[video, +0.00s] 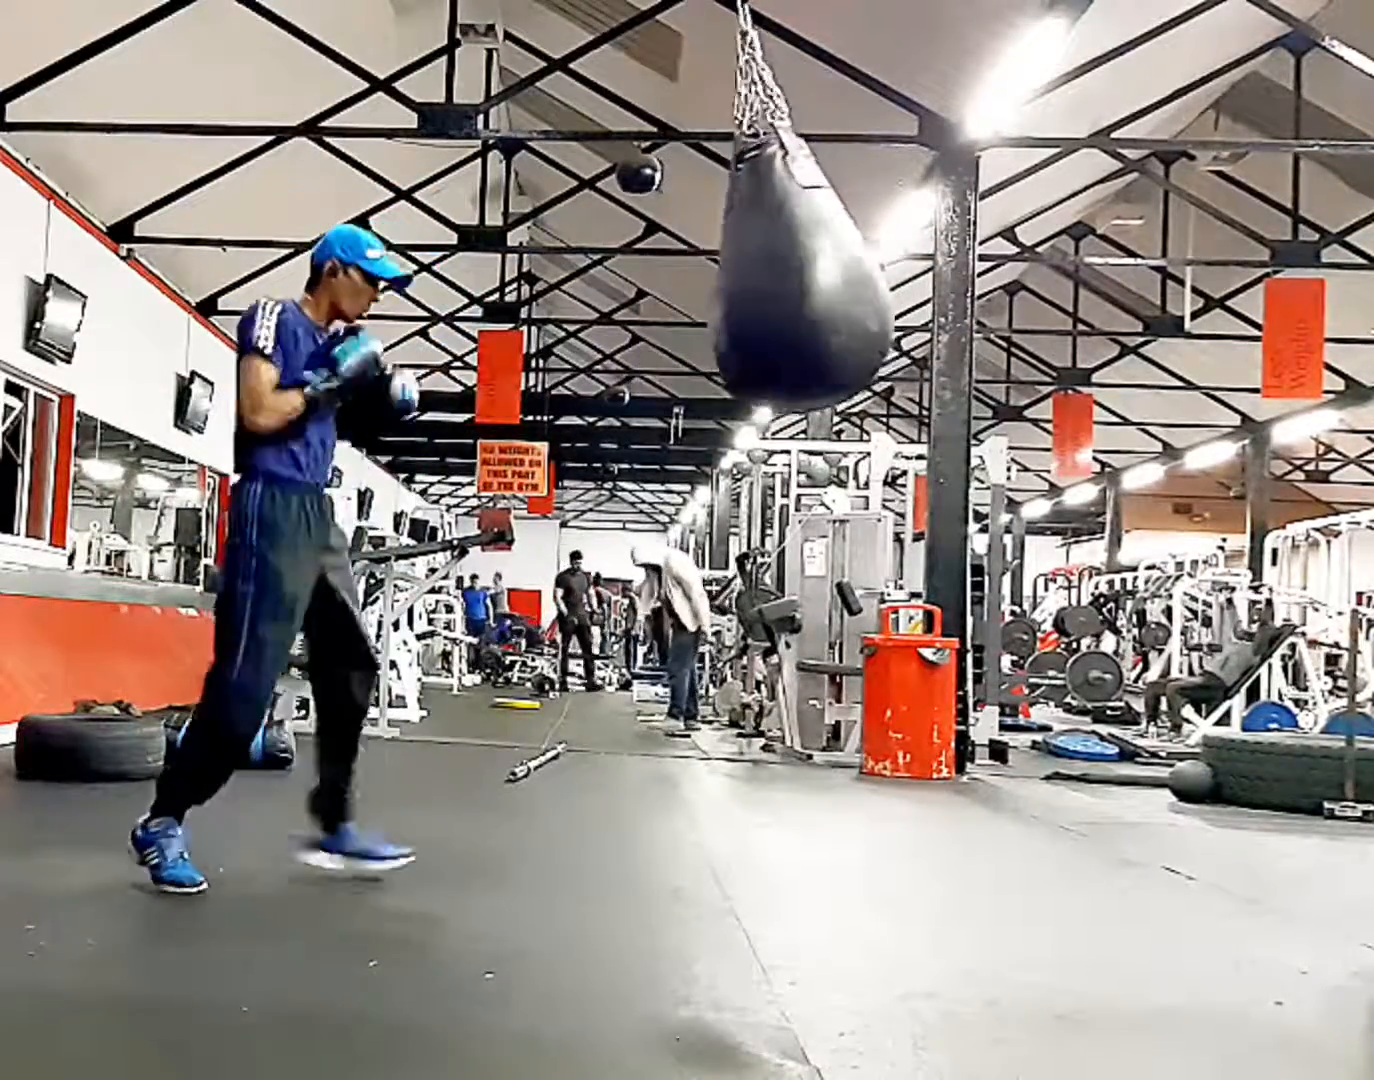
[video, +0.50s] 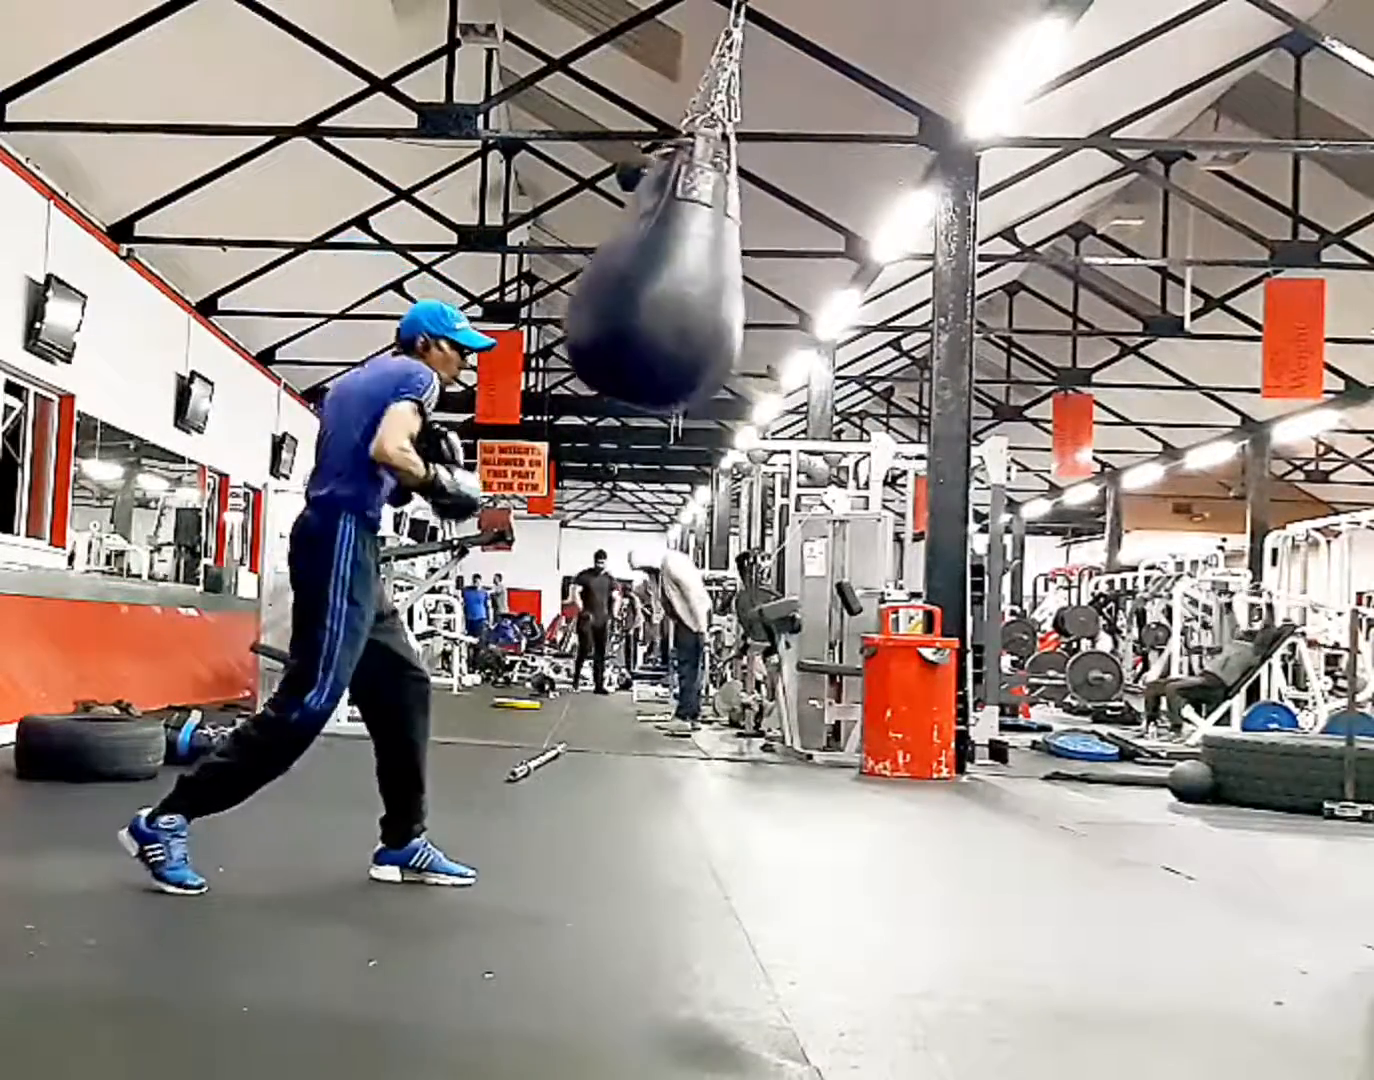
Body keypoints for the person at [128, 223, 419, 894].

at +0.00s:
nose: (376, 296)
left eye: (379, 286)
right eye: (370, 282)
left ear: (350, 281)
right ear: (332, 271)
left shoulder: (336, 346)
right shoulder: (272, 320)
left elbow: (340, 428)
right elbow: (256, 414)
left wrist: (382, 407)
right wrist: (329, 381)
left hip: (317, 514)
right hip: (269, 509)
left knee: (350, 669)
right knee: (246, 684)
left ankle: (333, 825)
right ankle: (161, 823)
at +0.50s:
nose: (465, 365)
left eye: (466, 355)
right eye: (460, 353)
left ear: (413, 343)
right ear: (431, 343)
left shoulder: (355, 383)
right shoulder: (416, 376)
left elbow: (350, 467)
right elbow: (389, 447)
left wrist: (419, 483)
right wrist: (437, 481)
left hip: (338, 540)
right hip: (342, 539)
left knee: (403, 688)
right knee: (308, 704)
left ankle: (402, 842)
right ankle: (164, 823)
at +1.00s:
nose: (449, 327)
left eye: (452, 316)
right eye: (443, 313)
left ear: (417, 312)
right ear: (409, 307)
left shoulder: (405, 373)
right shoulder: (361, 351)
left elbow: (403, 451)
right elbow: (350, 418)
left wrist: (458, 424)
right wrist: (432, 386)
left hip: (366, 538)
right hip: (339, 532)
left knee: (400, 687)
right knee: (285, 702)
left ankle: (403, 839)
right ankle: (161, 824)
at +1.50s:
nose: (464, 354)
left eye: (465, 343)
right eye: (457, 341)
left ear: (430, 341)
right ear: (422, 337)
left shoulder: (402, 387)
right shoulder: (377, 374)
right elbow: (314, 443)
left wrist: (451, 427)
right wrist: (384, 468)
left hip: (364, 559)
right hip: (329, 555)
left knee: (419, 698)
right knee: (312, 724)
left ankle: (407, 844)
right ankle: (169, 822)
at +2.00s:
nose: (357, 305)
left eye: (361, 294)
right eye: (348, 292)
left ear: (335, 294)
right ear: (310, 286)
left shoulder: (345, 358)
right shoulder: (241, 351)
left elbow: (360, 441)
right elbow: (220, 458)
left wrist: (388, 412)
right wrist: (299, 429)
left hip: (317, 535)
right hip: (257, 538)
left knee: (338, 692)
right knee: (232, 700)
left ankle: (349, 843)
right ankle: (139, 839)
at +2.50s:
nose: (457, 383)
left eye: (460, 372)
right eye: (453, 370)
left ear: (402, 357)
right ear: (427, 361)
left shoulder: (340, 384)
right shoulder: (415, 396)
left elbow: (303, 463)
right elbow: (382, 464)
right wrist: (422, 533)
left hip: (285, 520)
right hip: (316, 528)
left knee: (359, 684)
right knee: (277, 704)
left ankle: (363, 844)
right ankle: (139, 827)